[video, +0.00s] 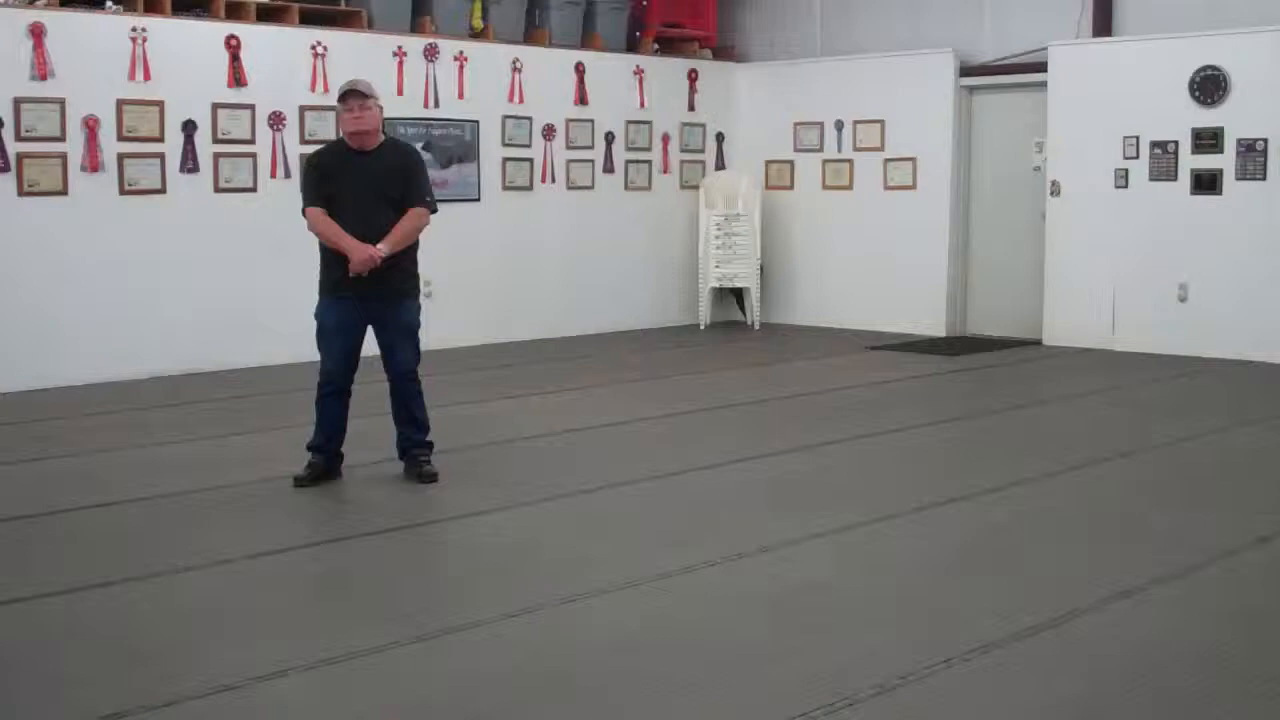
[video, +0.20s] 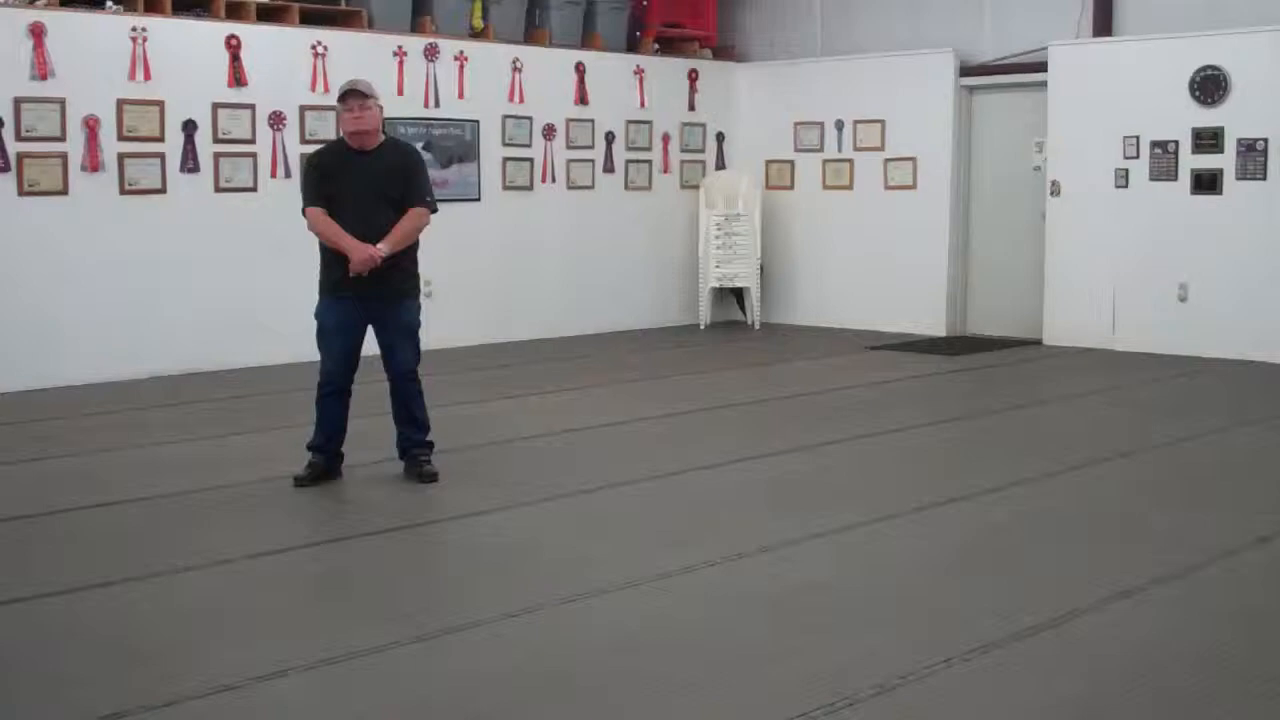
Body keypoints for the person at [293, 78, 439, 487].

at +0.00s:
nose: (357, 115)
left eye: (364, 108)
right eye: (349, 110)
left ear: (379, 112)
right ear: (339, 117)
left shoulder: (405, 157)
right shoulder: (320, 162)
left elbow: (420, 214)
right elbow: (315, 217)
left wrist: (377, 252)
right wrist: (354, 249)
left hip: (396, 288)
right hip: (340, 289)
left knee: (405, 373)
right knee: (333, 376)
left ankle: (417, 454)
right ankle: (324, 457)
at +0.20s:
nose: (357, 116)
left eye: (364, 108)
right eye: (349, 110)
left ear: (380, 112)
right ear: (339, 117)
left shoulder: (405, 157)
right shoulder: (320, 162)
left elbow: (420, 214)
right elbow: (315, 217)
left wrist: (377, 252)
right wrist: (354, 249)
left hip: (396, 287)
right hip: (341, 289)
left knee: (405, 373)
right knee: (333, 376)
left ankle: (417, 453)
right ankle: (325, 456)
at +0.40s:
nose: (357, 115)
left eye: (364, 107)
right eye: (349, 109)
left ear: (379, 113)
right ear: (338, 118)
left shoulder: (406, 157)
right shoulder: (320, 162)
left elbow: (420, 214)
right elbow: (315, 217)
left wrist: (378, 251)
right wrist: (353, 249)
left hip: (396, 288)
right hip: (341, 289)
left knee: (405, 373)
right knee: (333, 376)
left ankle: (417, 452)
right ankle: (325, 456)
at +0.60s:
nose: (357, 114)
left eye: (364, 107)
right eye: (349, 109)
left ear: (380, 112)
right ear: (338, 118)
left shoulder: (405, 156)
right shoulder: (320, 162)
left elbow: (420, 213)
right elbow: (315, 217)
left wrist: (378, 251)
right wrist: (354, 248)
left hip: (396, 288)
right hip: (341, 289)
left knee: (405, 373)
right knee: (334, 376)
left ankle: (417, 452)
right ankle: (325, 456)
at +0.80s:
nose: (357, 114)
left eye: (364, 107)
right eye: (349, 109)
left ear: (380, 112)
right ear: (338, 117)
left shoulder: (406, 156)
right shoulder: (320, 162)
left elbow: (421, 213)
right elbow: (315, 216)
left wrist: (378, 251)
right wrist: (354, 248)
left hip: (397, 288)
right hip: (341, 289)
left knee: (406, 373)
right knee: (334, 376)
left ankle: (418, 452)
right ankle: (326, 456)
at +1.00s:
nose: (357, 113)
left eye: (364, 106)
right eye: (349, 108)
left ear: (380, 112)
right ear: (339, 118)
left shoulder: (406, 156)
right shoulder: (320, 162)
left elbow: (421, 213)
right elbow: (315, 216)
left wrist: (378, 252)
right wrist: (354, 248)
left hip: (397, 288)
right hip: (342, 289)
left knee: (405, 373)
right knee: (334, 376)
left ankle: (418, 452)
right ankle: (326, 456)